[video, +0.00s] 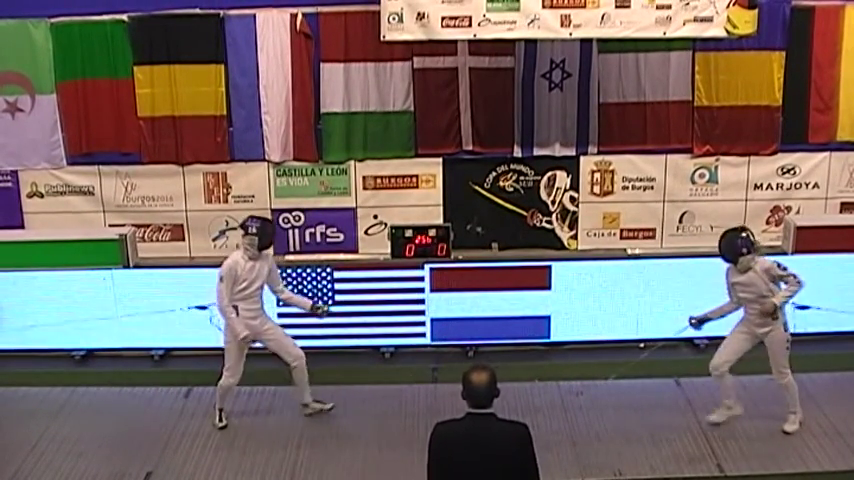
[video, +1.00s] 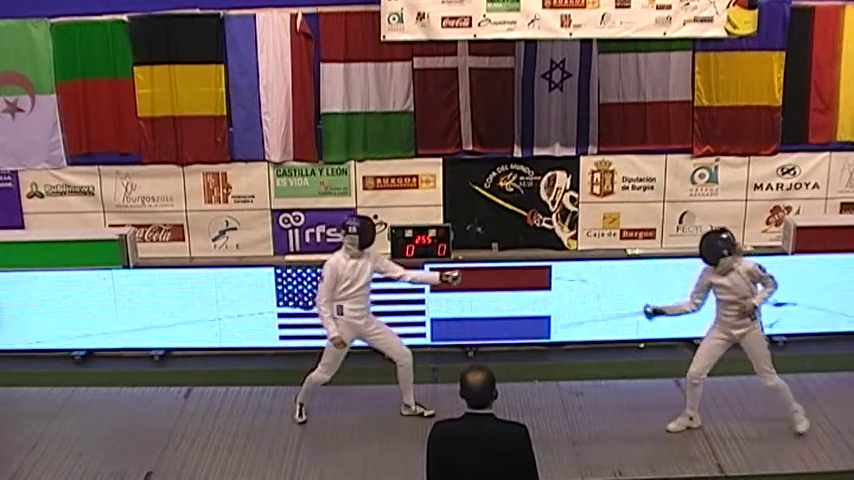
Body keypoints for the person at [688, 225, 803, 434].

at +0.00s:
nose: (744, 264)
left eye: (747, 258)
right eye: (740, 260)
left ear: (751, 253)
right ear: (734, 259)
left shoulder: (766, 267)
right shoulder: (732, 273)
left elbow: (795, 283)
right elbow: (735, 302)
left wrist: (776, 301)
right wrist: (705, 318)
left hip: (774, 327)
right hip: (748, 325)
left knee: (782, 375)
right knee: (718, 366)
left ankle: (795, 414)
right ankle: (731, 406)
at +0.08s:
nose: (737, 263)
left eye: (738, 258)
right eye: (733, 259)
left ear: (742, 252)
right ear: (727, 257)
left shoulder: (758, 266)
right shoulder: (724, 272)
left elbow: (790, 281)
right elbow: (723, 301)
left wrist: (772, 300)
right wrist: (692, 313)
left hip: (767, 325)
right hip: (741, 325)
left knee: (781, 373)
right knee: (710, 366)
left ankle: (795, 414)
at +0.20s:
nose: (715, 273)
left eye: (718, 268)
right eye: (714, 268)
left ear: (727, 262)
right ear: (714, 266)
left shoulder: (745, 275)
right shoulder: (711, 282)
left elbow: (774, 294)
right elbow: (697, 308)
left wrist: (757, 314)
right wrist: (665, 312)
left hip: (754, 335)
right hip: (728, 335)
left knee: (774, 377)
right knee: (693, 372)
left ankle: (795, 414)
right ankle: (669, 413)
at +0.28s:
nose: (708, 271)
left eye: (708, 266)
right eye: (705, 267)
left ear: (715, 262)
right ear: (702, 266)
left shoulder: (733, 279)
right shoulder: (698, 284)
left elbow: (759, 299)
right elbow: (682, 309)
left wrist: (741, 317)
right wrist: (650, 308)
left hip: (741, 337)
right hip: (715, 336)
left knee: (765, 380)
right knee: (678, 371)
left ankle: (794, 412)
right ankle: (665, 415)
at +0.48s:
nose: (686, 261)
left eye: (689, 257)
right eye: (684, 258)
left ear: (699, 249)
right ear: (683, 255)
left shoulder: (719, 263)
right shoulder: (681, 269)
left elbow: (744, 283)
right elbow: (664, 295)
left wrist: (724, 299)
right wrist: (631, 293)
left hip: (724, 325)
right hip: (698, 324)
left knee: (740, 377)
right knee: (672, 370)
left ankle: (764, 409)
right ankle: (664, 414)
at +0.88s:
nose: (701, 263)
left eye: (703, 258)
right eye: (698, 259)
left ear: (714, 249)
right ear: (697, 255)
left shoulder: (733, 258)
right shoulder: (696, 268)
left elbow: (758, 273)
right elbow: (678, 296)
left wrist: (745, 292)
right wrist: (644, 296)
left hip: (740, 321)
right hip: (712, 322)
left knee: (754, 376)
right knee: (686, 369)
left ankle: (769, 415)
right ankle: (672, 414)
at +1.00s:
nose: (714, 268)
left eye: (717, 263)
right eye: (712, 264)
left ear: (727, 255)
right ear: (710, 260)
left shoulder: (747, 268)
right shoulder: (709, 274)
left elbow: (771, 285)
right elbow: (694, 304)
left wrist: (755, 301)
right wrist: (662, 311)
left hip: (749, 330)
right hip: (721, 330)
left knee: (769, 379)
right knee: (694, 375)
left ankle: (797, 414)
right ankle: (691, 417)